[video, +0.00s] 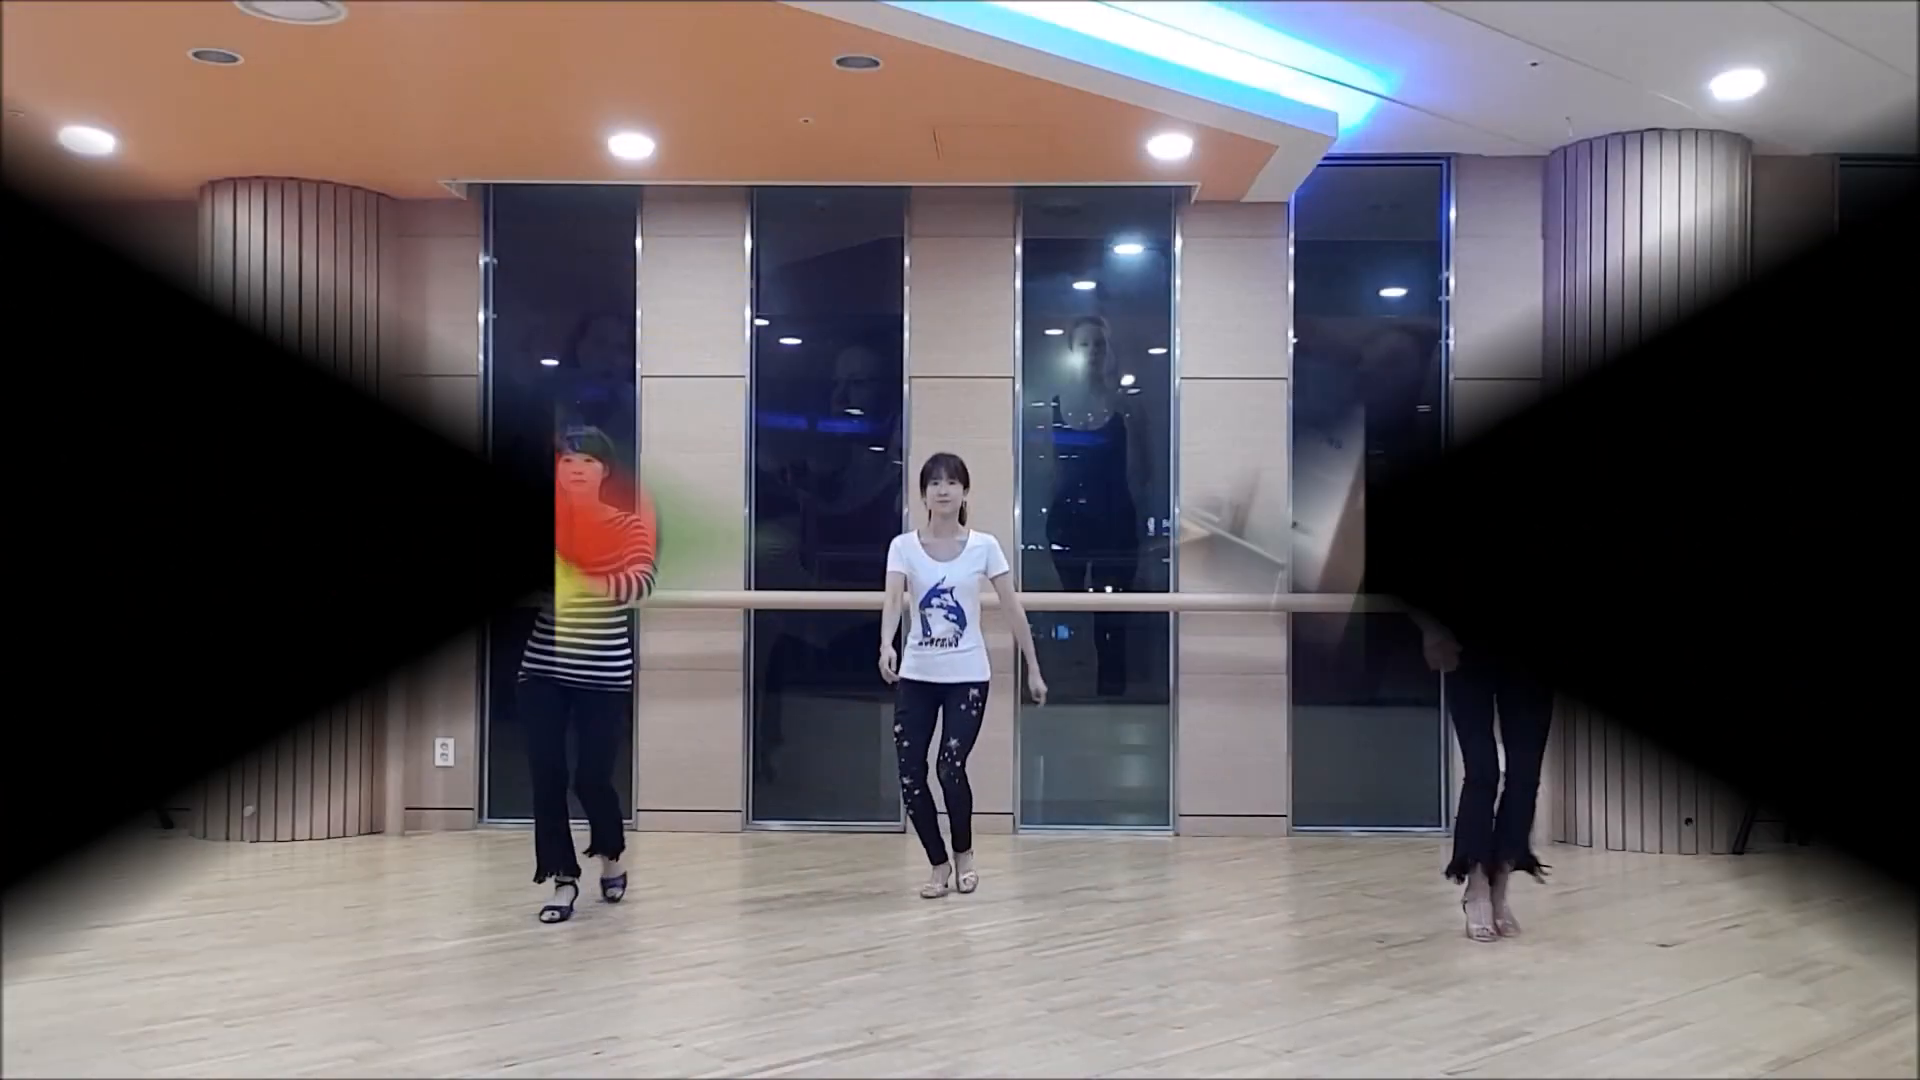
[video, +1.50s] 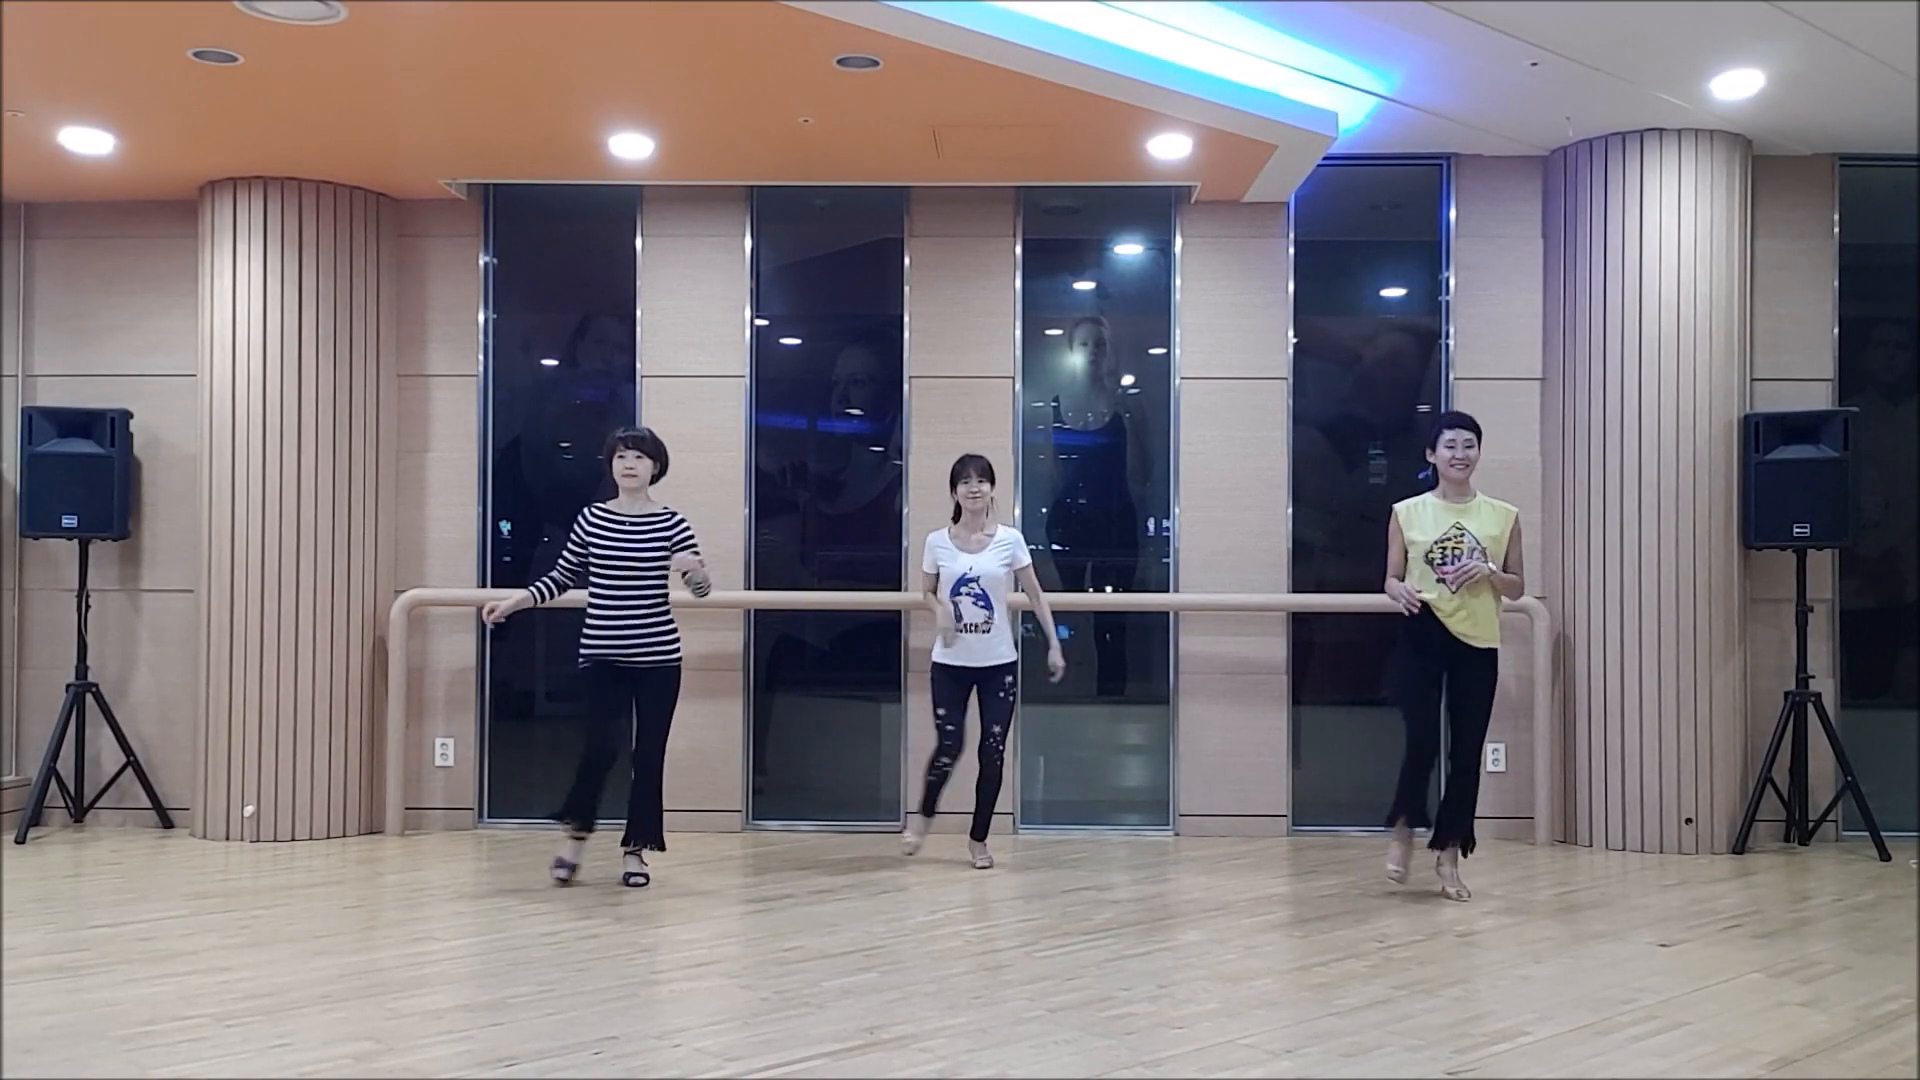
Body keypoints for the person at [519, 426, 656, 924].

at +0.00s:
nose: (572, 472)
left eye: (582, 463)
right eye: (565, 462)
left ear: (604, 469)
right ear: (555, 467)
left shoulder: (629, 517)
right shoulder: (549, 511)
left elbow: (640, 577)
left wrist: (587, 581)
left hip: (604, 667)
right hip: (542, 661)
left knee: (591, 778)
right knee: (546, 775)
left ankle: (611, 854)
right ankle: (562, 881)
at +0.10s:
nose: (584, 470)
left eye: (595, 462)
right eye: (575, 462)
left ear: (612, 472)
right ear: (562, 472)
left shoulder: (629, 525)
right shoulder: (548, 529)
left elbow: (625, 575)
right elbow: (503, 582)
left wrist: (568, 543)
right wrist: (445, 608)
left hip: (613, 672)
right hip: (552, 668)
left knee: (610, 782)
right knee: (550, 777)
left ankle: (627, 847)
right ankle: (564, 882)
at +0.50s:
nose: (613, 470)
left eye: (623, 463)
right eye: (605, 462)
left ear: (640, 468)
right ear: (595, 466)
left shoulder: (656, 515)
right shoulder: (580, 516)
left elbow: (648, 545)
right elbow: (547, 570)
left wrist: (632, 567)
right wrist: (489, 579)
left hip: (647, 657)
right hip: (589, 656)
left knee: (642, 756)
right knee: (583, 756)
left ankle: (635, 850)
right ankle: (577, 866)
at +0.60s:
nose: (615, 470)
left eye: (625, 462)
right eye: (607, 462)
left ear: (643, 467)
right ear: (597, 466)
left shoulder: (660, 519)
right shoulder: (582, 516)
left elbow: (660, 568)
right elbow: (554, 575)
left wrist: (659, 607)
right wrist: (505, 602)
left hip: (651, 655)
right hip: (596, 654)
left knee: (643, 753)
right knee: (598, 750)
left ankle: (635, 852)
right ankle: (581, 854)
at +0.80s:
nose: (617, 471)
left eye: (627, 463)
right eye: (609, 463)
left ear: (643, 469)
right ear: (599, 468)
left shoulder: (660, 521)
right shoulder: (582, 517)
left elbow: (670, 588)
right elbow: (571, 583)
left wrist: (679, 653)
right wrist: (558, 642)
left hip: (653, 653)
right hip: (601, 654)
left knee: (645, 750)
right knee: (629, 747)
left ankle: (633, 849)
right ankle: (610, 848)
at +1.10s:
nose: (624, 468)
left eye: (634, 460)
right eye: (617, 461)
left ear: (652, 467)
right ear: (606, 468)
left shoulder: (675, 520)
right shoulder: (594, 522)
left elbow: (710, 572)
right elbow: (574, 587)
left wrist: (744, 619)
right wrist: (537, 633)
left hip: (652, 657)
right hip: (595, 653)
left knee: (642, 756)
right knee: (580, 744)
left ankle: (634, 851)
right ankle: (562, 837)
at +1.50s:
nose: (629, 463)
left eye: (639, 457)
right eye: (621, 456)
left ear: (656, 467)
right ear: (611, 465)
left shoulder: (671, 522)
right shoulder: (592, 517)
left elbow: (701, 591)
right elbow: (562, 577)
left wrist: (696, 571)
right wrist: (515, 601)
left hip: (657, 653)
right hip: (602, 652)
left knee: (649, 756)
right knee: (601, 747)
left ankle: (635, 851)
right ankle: (574, 840)